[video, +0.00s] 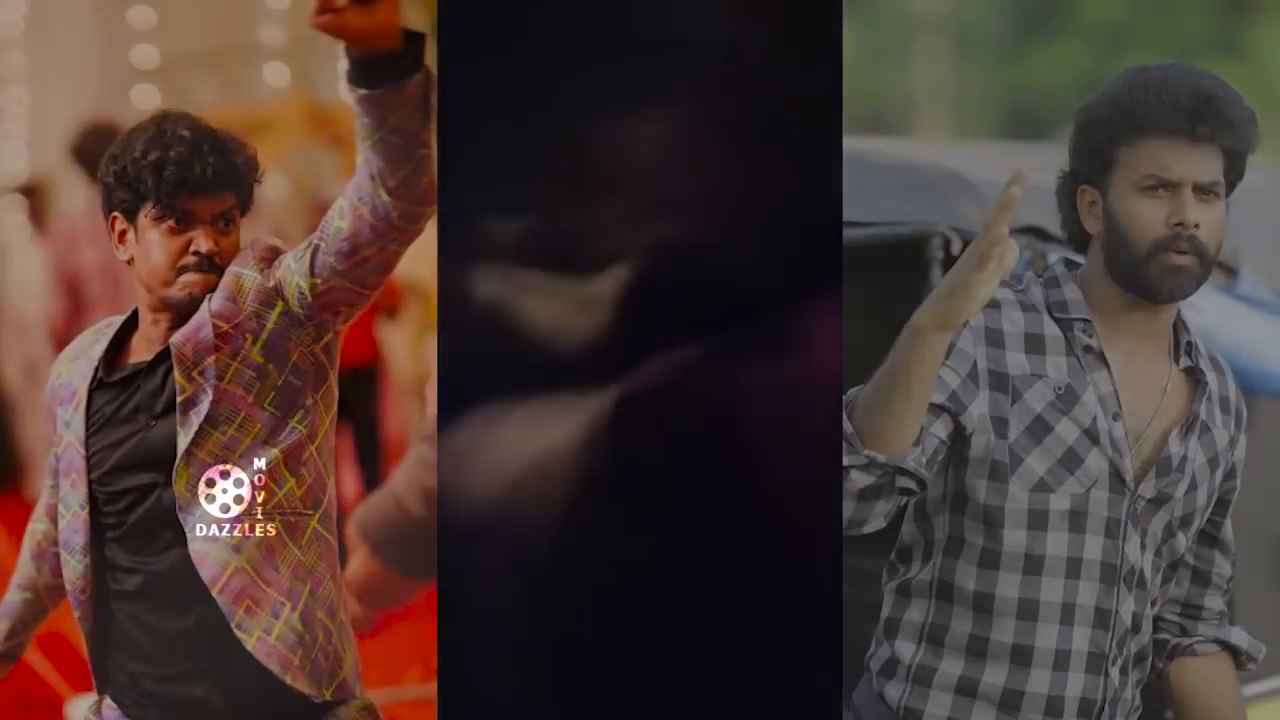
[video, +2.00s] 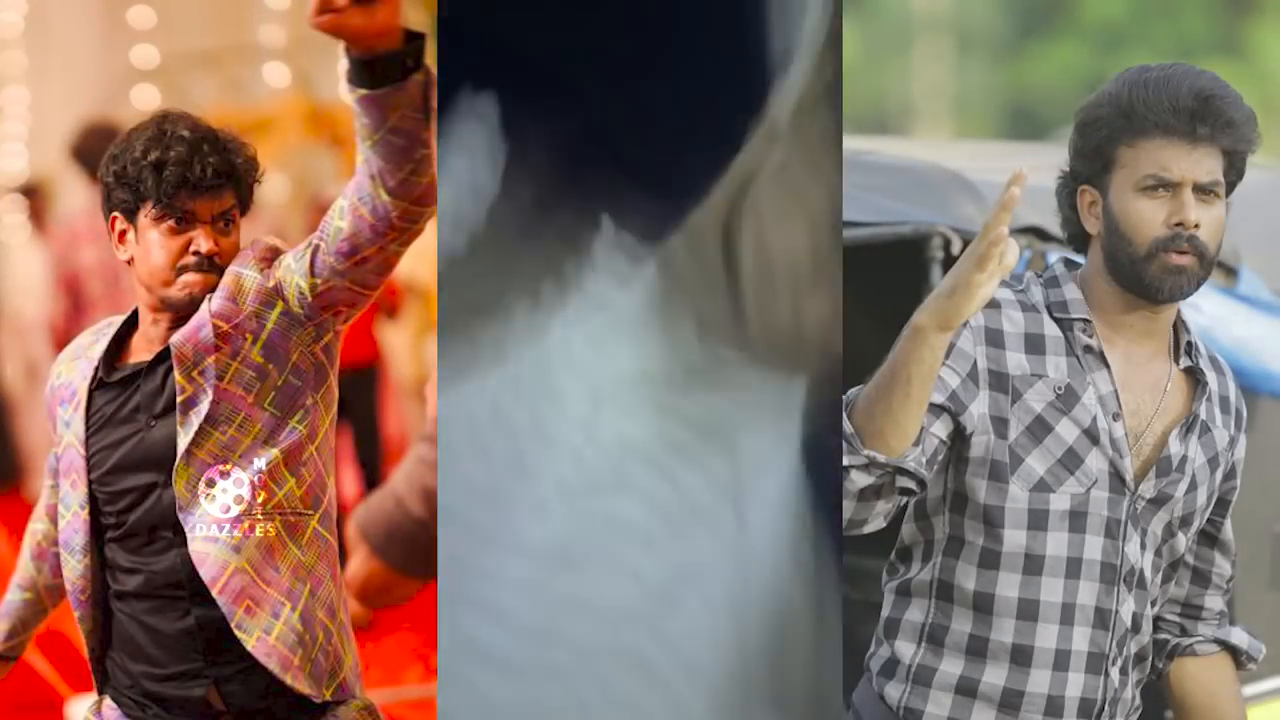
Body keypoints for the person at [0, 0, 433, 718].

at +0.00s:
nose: (205, 245)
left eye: (223, 223)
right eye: (178, 222)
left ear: (243, 230)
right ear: (122, 236)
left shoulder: (285, 313)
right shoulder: (75, 372)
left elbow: (393, 200)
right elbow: (55, 527)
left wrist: (381, 53)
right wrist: (7, 637)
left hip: (285, 702)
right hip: (138, 704)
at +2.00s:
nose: (206, 245)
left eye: (223, 222)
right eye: (179, 222)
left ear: (243, 230)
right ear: (122, 236)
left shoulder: (287, 312)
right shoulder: (76, 373)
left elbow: (394, 199)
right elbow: (56, 524)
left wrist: (380, 52)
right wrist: (7, 634)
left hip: (291, 700)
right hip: (140, 705)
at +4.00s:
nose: (206, 245)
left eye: (223, 222)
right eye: (179, 222)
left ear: (243, 230)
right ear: (122, 236)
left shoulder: (287, 312)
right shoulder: (76, 373)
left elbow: (394, 199)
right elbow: (56, 524)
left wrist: (380, 52)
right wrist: (8, 634)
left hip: (292, 702)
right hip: (140, 707)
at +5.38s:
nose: (206, 245)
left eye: (223, 222)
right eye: (179, 222)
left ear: (242, 230)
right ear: (123, 236)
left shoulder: (286, 313)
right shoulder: (76, 373)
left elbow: (393, 201)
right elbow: (56, 524)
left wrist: (380, 52)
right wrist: (8, 634)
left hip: (290, 700)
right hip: (139, 705)